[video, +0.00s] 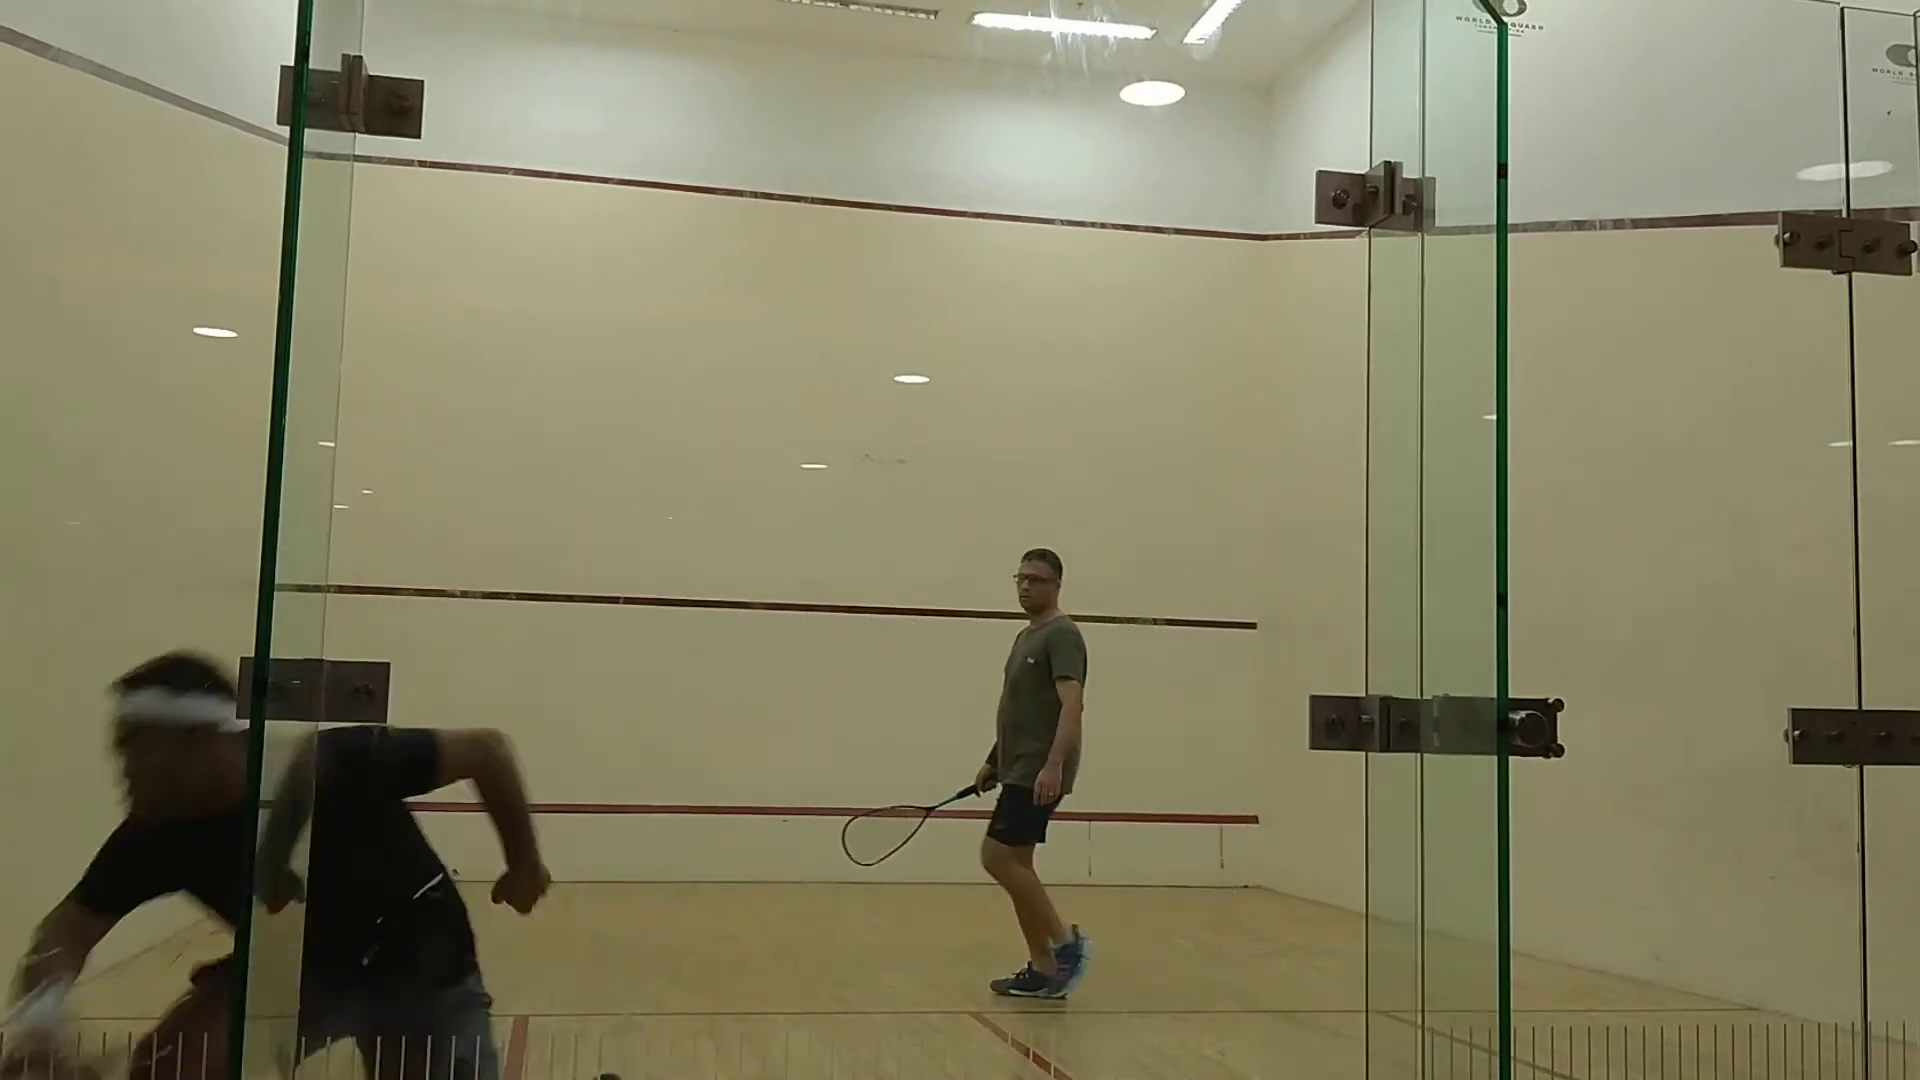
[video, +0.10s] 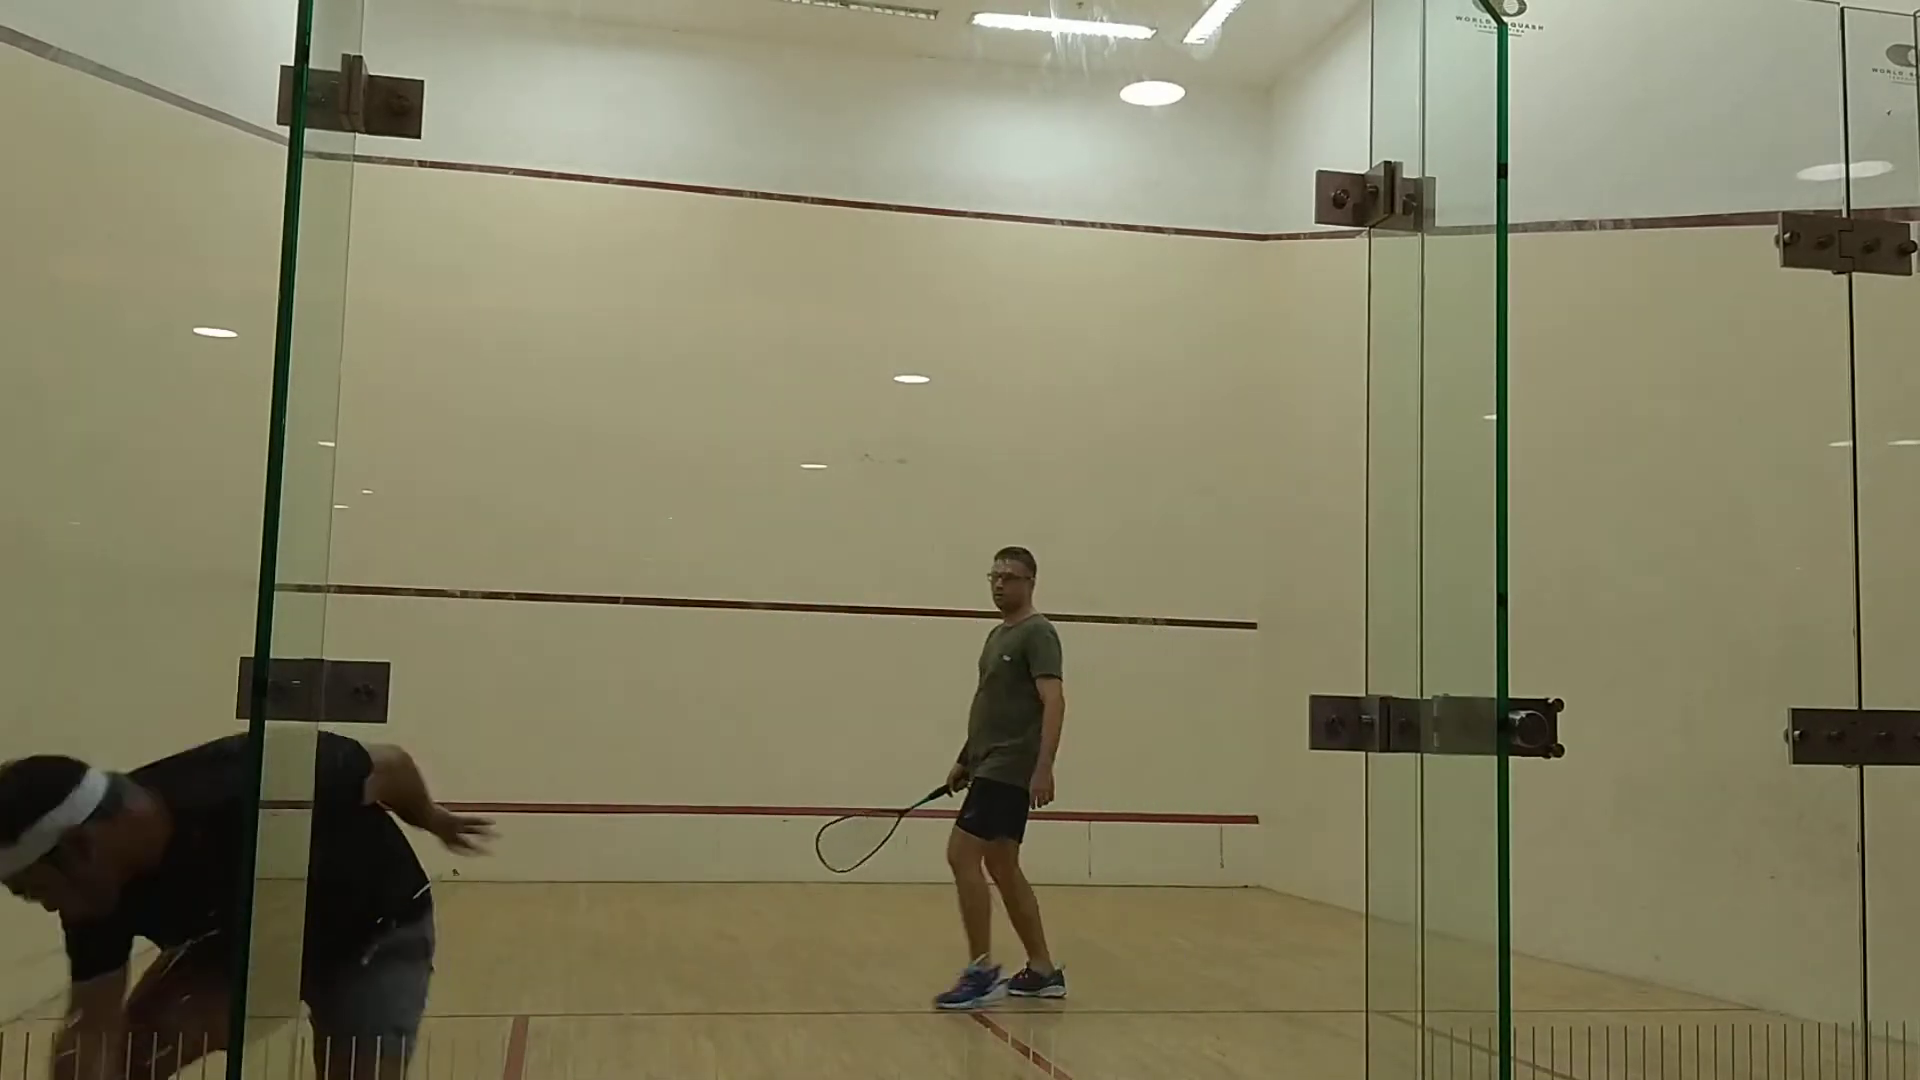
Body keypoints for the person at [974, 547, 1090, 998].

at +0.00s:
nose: (1027, 587)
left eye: (1037, 580)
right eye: (1022, 579)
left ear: (1057, 586)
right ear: (1016, 584)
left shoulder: (1063, 634)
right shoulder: (1027, 637)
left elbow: (1072, 706)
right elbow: (1016, 709)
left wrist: (1054, 765)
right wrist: (993, 761)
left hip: (1039, 771)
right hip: (1019, 770)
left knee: (996, 856)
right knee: (1018, 865)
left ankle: (1065, 942)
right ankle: (1043, 969)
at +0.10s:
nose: (1001, 584)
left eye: (1011, 578)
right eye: (996, 577)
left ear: (1031, 585)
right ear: (991, 583)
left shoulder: (1039, 633)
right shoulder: (998, 635)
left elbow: (1054, 701)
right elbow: (987, 707)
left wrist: (1045, 767)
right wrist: (965, 761)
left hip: (1010, 770)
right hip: (993, 768)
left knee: (961, 854)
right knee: (1003, 865)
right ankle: (1043, 970)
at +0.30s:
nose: (949, 581)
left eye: (960, 575)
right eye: (945, 574)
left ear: (981, 581)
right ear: (941, 579)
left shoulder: (985, 631)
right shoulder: (960, 630)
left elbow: (1003, 697)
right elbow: (952, 704)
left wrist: (1002, 766)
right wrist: (924, 751)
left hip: (963, 773)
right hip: (947, 770)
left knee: (934, 860)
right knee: (942, 861)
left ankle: (967, 976)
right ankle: (1001, 949)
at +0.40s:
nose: (926, 571)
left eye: (936, 565)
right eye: (922, 564)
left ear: (958, 569)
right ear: (919, 570)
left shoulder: (961, 616)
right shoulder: (943, 617)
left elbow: (977, 685)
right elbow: (936, 694)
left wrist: (968, 754)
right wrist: (913, 755)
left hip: (945, 762)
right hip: (928, 760)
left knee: (926, 851)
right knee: (918, 849)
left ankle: (965, 964)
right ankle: (943, 953)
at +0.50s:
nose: (902, 572)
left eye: (912, 565)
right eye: (898, 565)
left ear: (935, 568)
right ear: (898, 570)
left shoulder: (936, 615)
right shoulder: (924, 616)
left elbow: (945, 687)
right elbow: (923, 694)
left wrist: (926, 754)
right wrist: (899, 755)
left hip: (929, 762)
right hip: (913, 760)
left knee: (916, 853)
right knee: (899, 850)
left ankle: (963, 962)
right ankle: (880, 957)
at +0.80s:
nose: (860, 577)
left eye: (869, 571)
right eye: (855, 571)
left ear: (891, 574)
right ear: (852, 576)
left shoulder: (900, 617)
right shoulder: (871, 624)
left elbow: (919, 685)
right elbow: (870, 698)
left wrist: (862, 725)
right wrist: (858, 769)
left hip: (895, 759)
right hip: (874, 759)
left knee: (857, 851)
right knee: (866, 856)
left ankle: (906, 955)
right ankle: (863, 964)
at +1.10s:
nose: (854, 581)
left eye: (864, 574)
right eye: (848, 571)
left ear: (883, 577)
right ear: (840, 572)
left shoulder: (898, 625)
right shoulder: (830, 625)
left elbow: (928, 685)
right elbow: (816, 690)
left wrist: (876, 667)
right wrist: (794, 753)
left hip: (881, 768)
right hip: (838, 765)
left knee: (863, 864)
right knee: (847, 863)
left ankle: (843, 977)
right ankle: (865, 964)